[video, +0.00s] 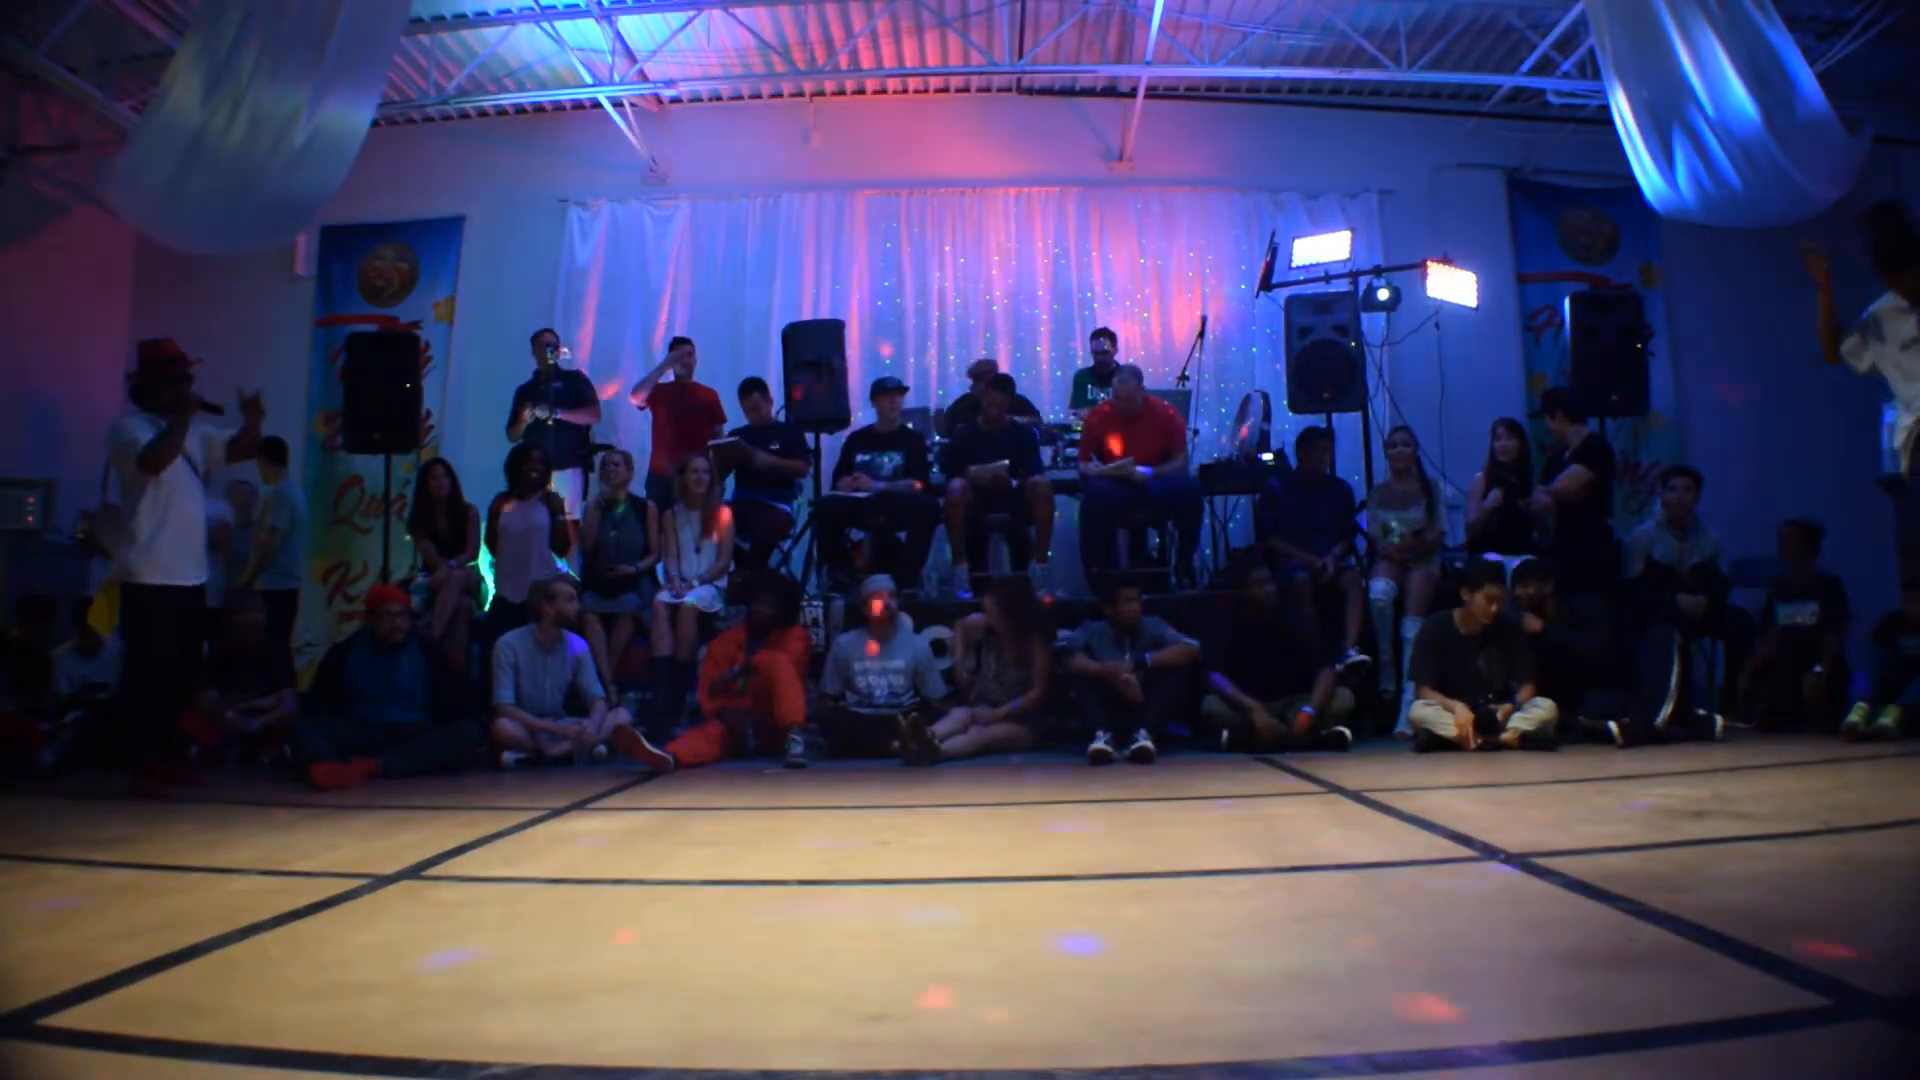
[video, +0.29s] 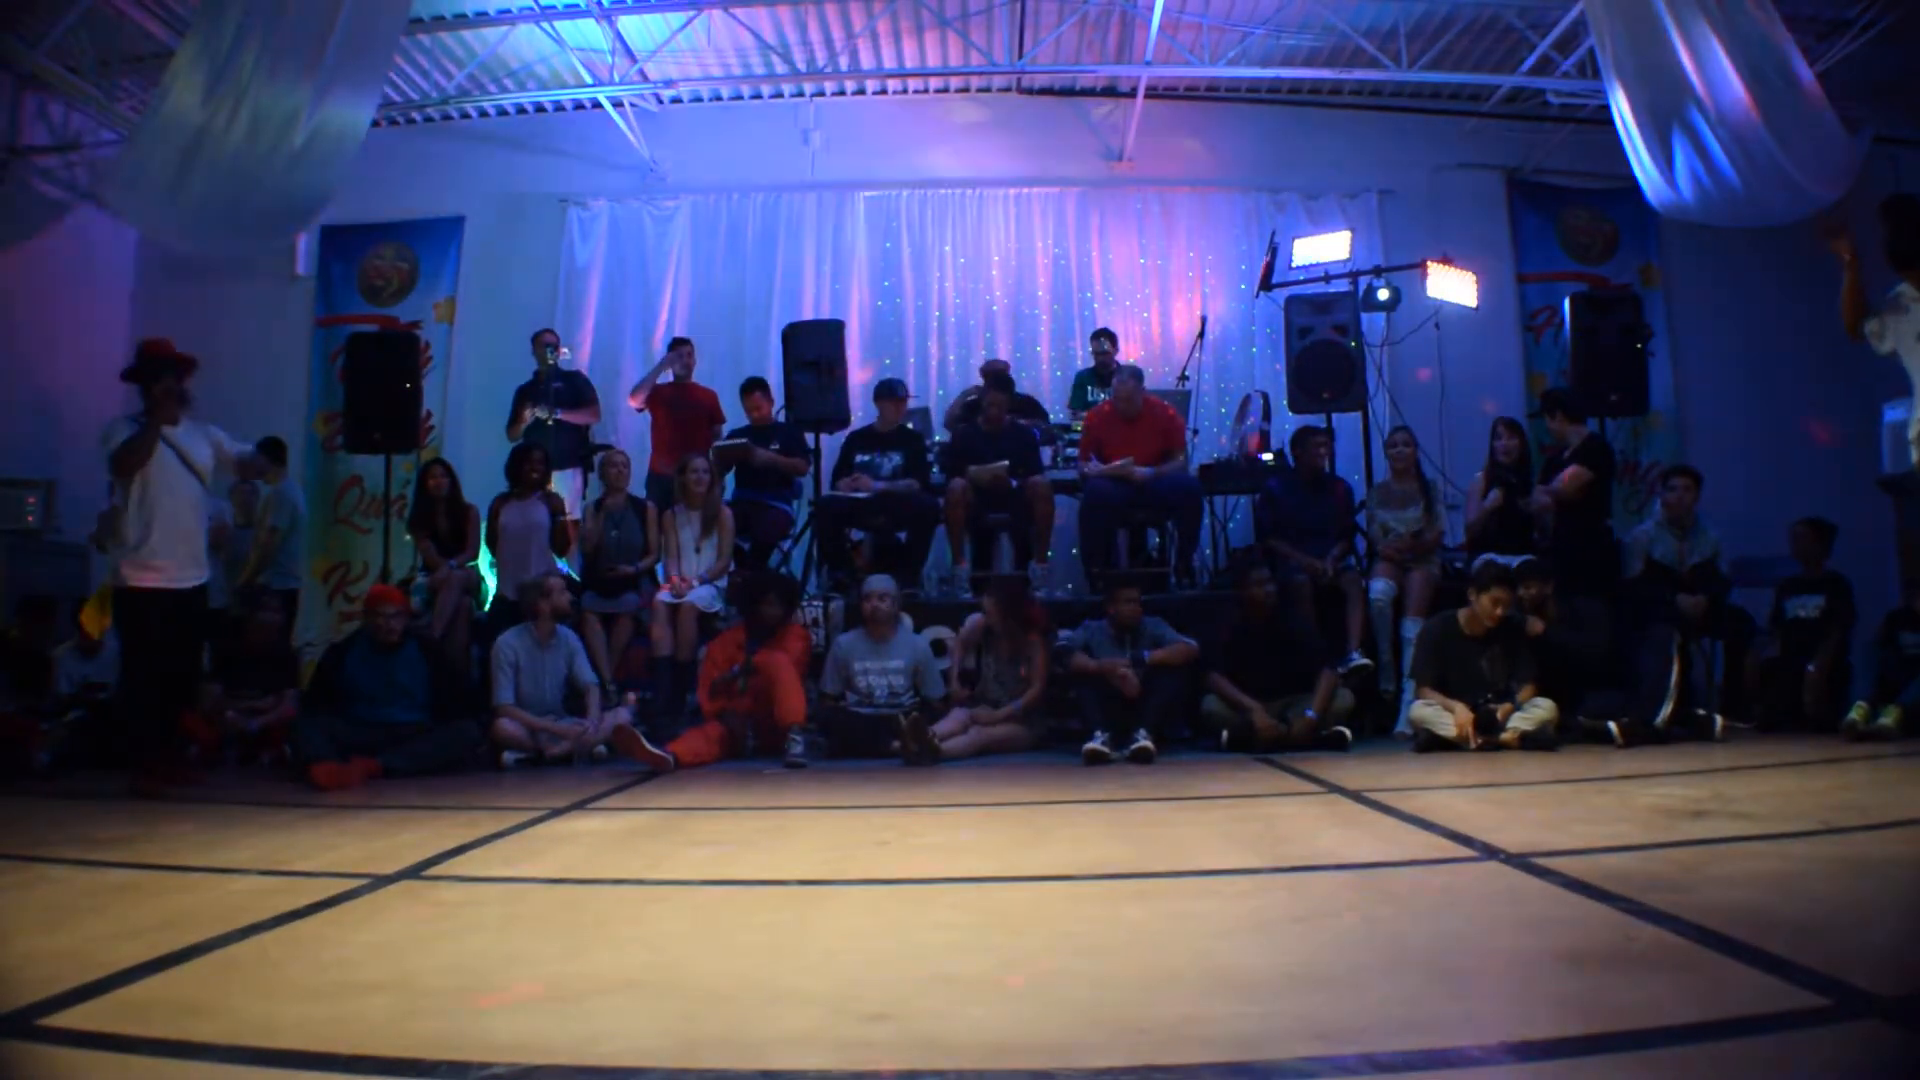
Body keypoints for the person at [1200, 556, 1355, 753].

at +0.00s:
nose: (1268, 589)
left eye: (1270, 583)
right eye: (1260, 585)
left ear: (1276, 585)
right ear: (1245, 591)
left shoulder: (1292, 621)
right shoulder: (1235, 627)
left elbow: (1327, 669)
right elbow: (1214, 676)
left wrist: (1310, 711)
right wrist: (1256, 709)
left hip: (1294, 699)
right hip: (1249, 703)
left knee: (1344, 698)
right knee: (1211, 706)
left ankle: (1253, 739)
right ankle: (1307, 739)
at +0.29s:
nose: (1268, 590)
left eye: (1270, 583)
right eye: (1259, 585)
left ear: (1276, 585)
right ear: (1244, 591)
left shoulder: (1293, 622)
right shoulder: (1234, 628)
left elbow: (1328, 669)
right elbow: (1214, 676)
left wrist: (1312, 715)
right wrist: (1256, 710)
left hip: (1295, 699)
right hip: (1250, 703)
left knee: (1344, 698)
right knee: (1211, 706)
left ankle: (1253, 739)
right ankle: (1309, 738)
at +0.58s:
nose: (1259, 592)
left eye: (1265, 586)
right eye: (1252, 587)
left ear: (1275, 589)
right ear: (1243, 592)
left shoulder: (1292, 622)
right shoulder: (1235, 627)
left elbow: (1329, 670)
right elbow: (1214, 676)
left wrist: (1306, 716)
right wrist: (1254, 710)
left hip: (1294, 701)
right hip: (1247, 705)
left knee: (1343, 698)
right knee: (1211, 706)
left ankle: (1254, 740)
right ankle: (1307, 739)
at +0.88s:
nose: (1260, 592)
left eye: (1265, 586)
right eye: (1252, 587)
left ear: (1276, 589)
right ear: (1243, 591)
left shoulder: (1294, 621)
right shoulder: (1234, 626)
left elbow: (1329, 669)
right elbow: (1214, 676)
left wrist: (1306, 715)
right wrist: (1255, 710)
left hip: (1294, 700)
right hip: (1247, 704)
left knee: (1343, 699)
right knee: (1211, 706)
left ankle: (1254, 740)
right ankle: (1308, 739)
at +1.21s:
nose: (1254, 594)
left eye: (1260, 588)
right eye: (1249, 588)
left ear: (1273, 591)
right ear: (1241, 592)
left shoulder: (1294, 622)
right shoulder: (1232, 626)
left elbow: (1329, 670)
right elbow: (1213, 675)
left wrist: (1303, 716)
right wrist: (1254, 711)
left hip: (1293, 700)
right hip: (1248, 705)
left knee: (1343, 698)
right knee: (1211, 705)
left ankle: (1255, 741)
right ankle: (1308, 740)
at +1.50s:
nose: (1241, 598)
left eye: (1248, 591)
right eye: (1238, 591)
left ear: (1268, 592)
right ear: (1232, 593)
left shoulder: (1293, 624)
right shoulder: (1230, 628)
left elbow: (1328, 671)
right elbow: (1213, 675)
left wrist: (1303, 716)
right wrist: (1254, 710)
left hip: (1294, 698)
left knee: (1343, 699)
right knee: (1211, 705)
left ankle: (1255, 741)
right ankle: (1309, 740)